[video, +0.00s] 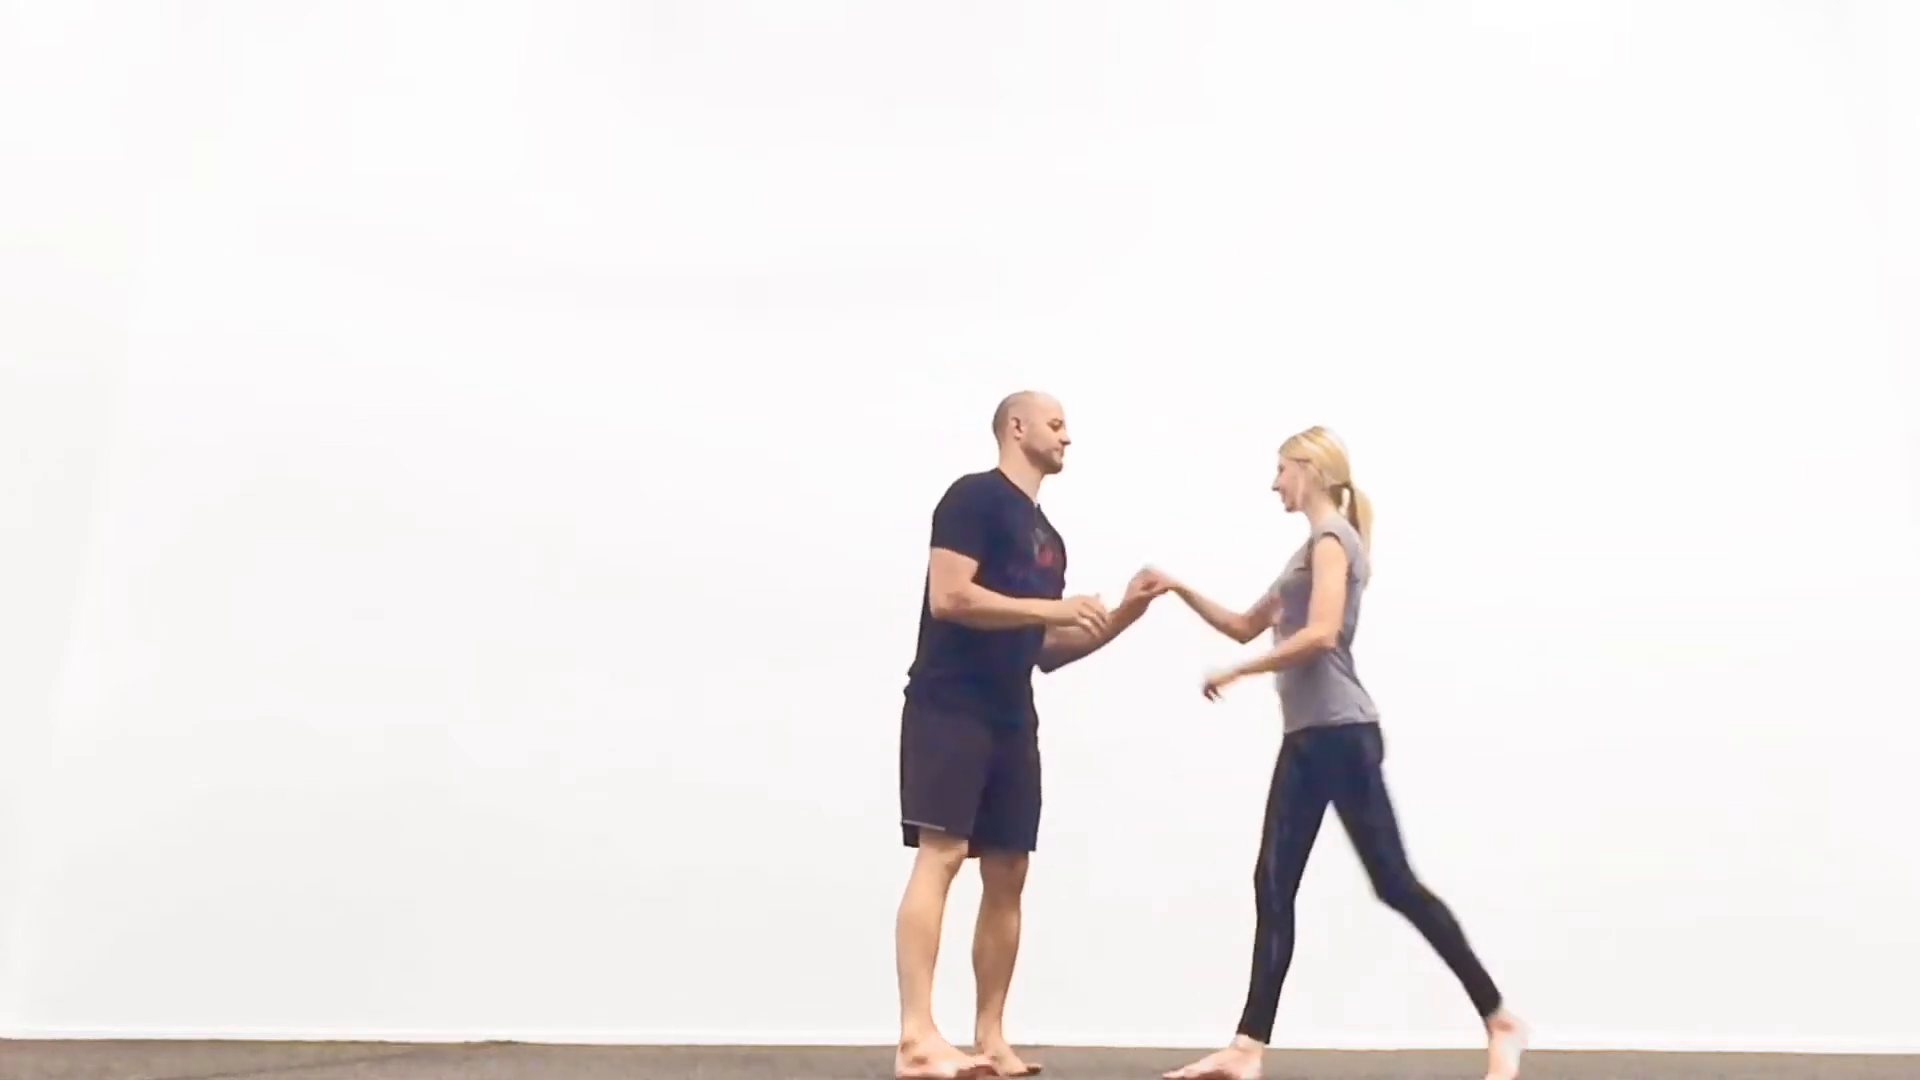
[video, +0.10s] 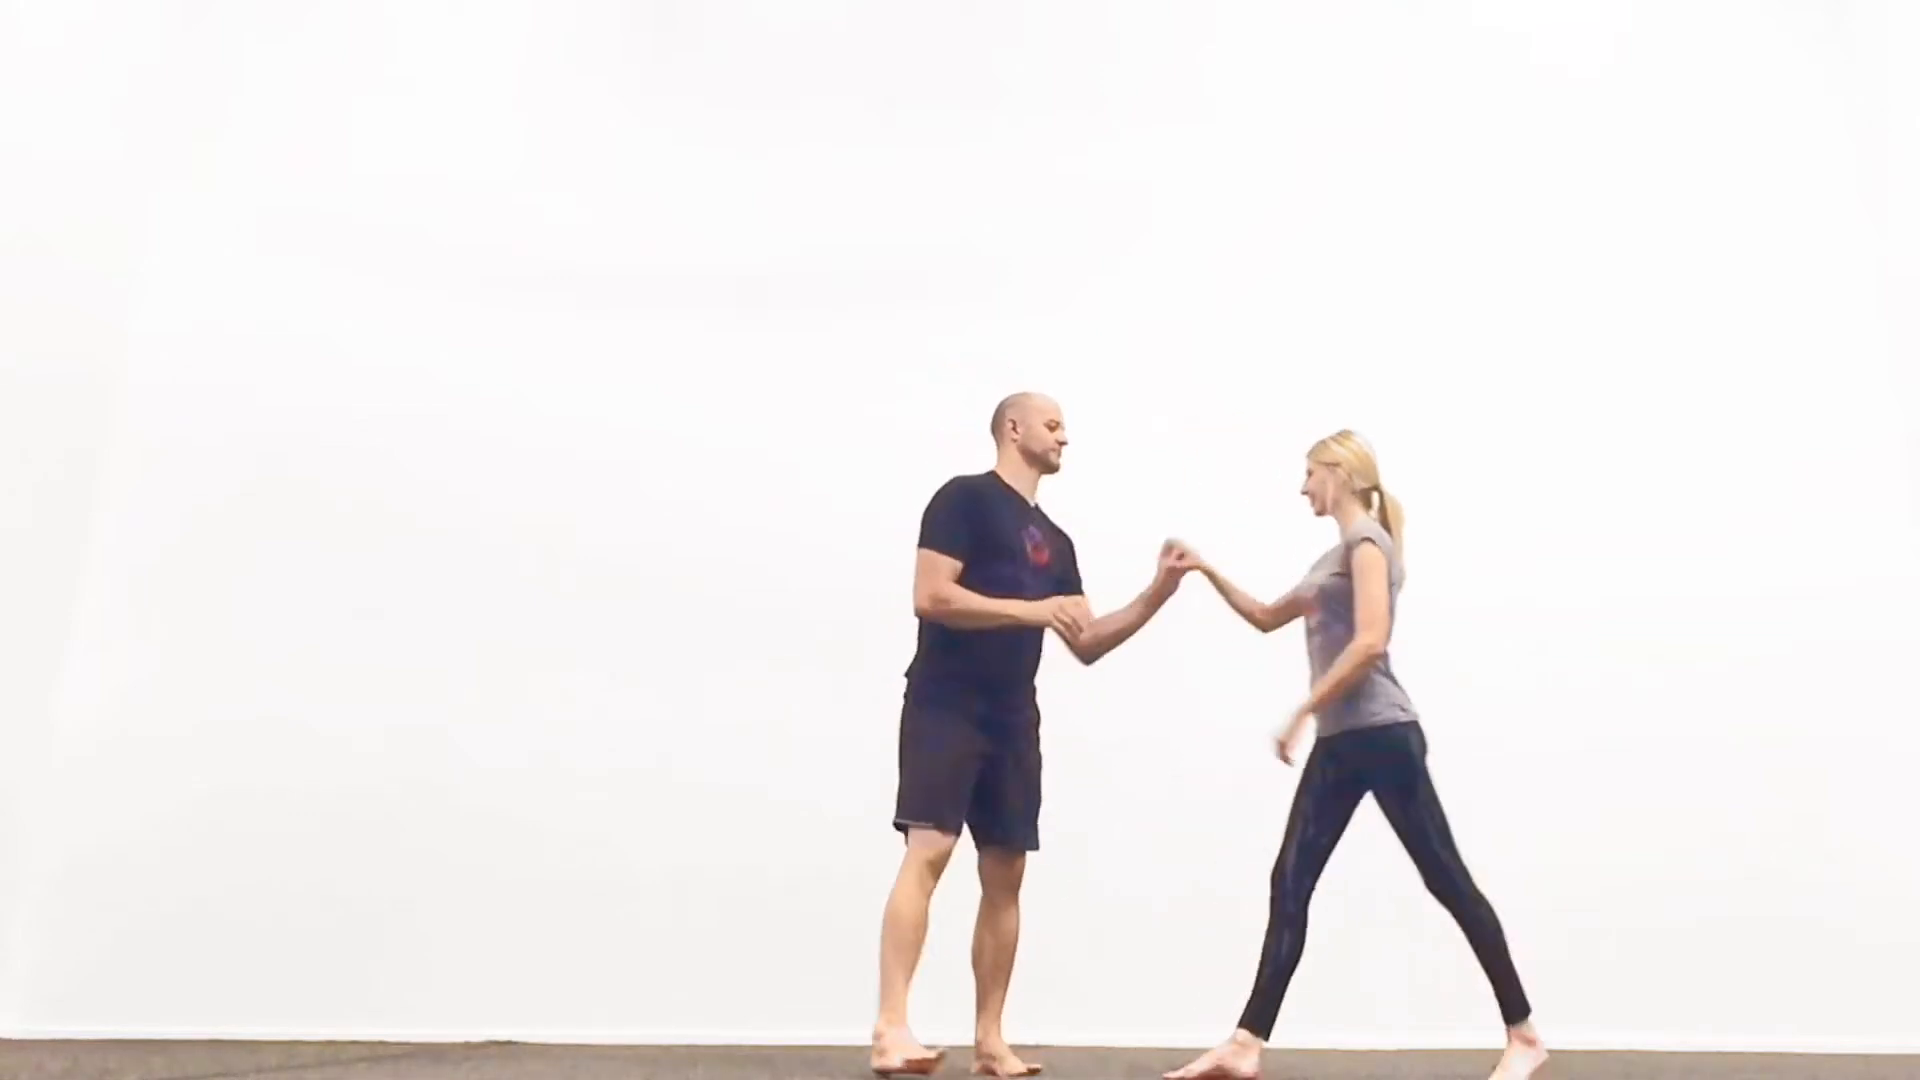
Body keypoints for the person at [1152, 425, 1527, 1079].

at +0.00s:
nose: (1275, 480)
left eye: (1281, 468)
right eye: (1277, 469)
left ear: (1309, 471)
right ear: (1312, 473)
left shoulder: (1331, 538)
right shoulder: (1311, 550)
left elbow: (1321, 632)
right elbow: (1244, 626)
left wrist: (1240, 669)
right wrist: (1176, 587)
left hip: (1341, 730)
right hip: (1306, 735)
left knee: (1395, 884)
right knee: (1273, 883)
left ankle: (1499, 1021)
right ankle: (1247, 1047)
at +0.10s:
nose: (1305, 486)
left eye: (1311, 474)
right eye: (1306, 475)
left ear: (1339, 476)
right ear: (1346, 478)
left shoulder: (1365, 543)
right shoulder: (1340, 556)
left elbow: (1371, 642)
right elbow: (1264, 617)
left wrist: (1303, 712)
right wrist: (1203, 568)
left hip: (1381, 733)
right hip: (1342, 738)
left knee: (1449, 881)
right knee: (1290, 883)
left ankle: (1524, 1035)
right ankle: (1246, 1043)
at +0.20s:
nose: (1329, 489)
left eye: (1336, 478)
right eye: (1330, 479)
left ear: (1365, 481)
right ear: (1365, 483)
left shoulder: (1396, 548)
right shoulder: (1355, 561)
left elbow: (1404, 650)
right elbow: (1280, 607)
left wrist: (1374, 742)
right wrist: (1227, 550)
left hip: (1411, 736)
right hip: (1358, 741)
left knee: (1475, 883)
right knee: (1306, 886)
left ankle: (1531, 1045)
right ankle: (1243, 1037)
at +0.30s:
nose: (1347, 494)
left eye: (1353, 481)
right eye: (1348, 483)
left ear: (1385, 482)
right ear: (1381, 486)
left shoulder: (1416, 551)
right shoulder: (1368, 565)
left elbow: (1429, 650)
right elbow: (1289, 595)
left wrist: (1433, 753)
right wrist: (1248, 533)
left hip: (1424, 741)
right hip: (1373, 749)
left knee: (1489, 891)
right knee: (1318, 887)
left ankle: (1533, 1048)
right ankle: (1241, 1028)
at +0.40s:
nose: (1359, 493)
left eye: (1367, 481)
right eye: (1360, 483)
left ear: (1401, 484)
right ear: (1396, 487)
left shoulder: (1431, 553)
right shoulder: (1377, 565)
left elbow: (1447, 652)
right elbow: (1295, 590)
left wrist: (1454, 748)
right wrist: (1253, 530)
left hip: (1429, 740)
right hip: (1377, 746)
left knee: (1486, 892)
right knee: (1318, 880)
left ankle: (1531, 1049)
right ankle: (1239, 1021)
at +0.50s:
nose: (1362, 494)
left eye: (1370, 482)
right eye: (1363, 484)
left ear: (1405, 484)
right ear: (1399, 486)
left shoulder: (1433, 553)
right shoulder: (1381, 565)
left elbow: (1441, 651)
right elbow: (1299, 598)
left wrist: (1440, 747)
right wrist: (1250, 542)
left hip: (1424, 741)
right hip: (1373, 745)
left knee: (1480, 890)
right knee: (1305, 873)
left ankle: (1529, 1049)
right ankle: (1232, 1016)